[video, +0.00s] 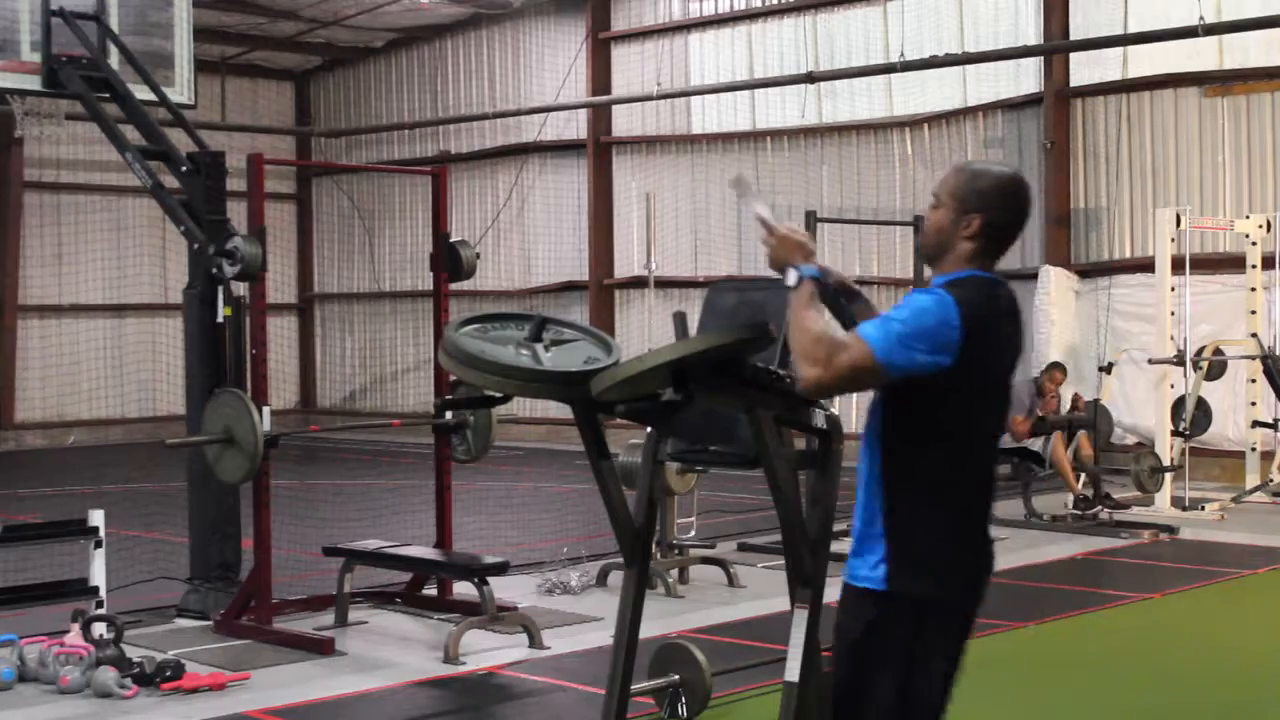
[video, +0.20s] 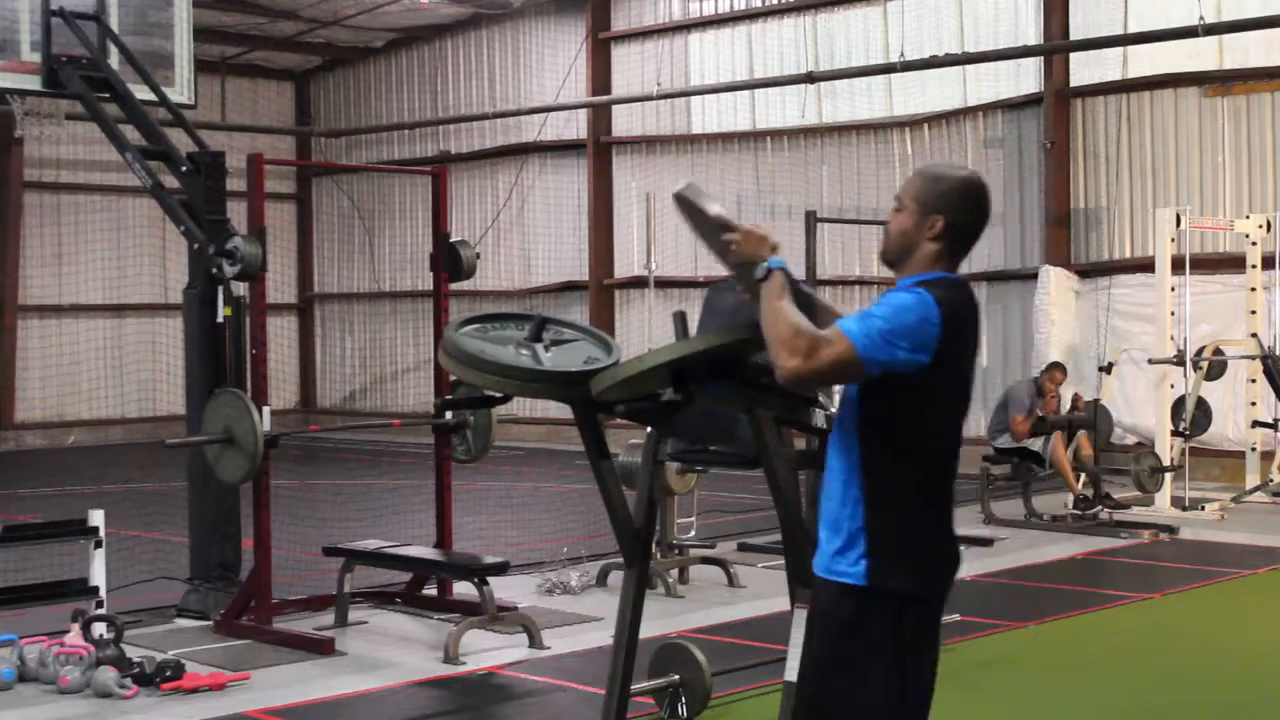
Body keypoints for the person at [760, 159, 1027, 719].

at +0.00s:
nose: (922, 215)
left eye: (935, 205)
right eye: (930, 202)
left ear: (971, 227)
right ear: (977, 231)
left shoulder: (947, 309)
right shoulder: (992, 304)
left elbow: (820, 366)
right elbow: (903, 359)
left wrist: (799, 272)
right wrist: (845, 296)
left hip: (900, 575)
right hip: (946, 566)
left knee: (869, 706)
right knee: (910, 707)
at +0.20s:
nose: (886, 218)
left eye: (898, 208)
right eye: (893, 205)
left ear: (934, 228)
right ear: (937, 233)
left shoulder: (921, 308)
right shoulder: (946, 301)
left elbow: (800, 361)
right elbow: (842, 336)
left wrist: (767, 269)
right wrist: (772, 279)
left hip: (871, 570)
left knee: (837, 707)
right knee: (884, 706)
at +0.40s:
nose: (849, 216)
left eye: (863, 206)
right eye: (856, 204)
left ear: (899, 224)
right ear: (901, 228)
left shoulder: (896, 301)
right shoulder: (904, 297)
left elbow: (788, 362)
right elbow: (809, 348)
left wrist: (739, 278)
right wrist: (731, 295)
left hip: (854, 570)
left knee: (787, 707)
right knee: (860, 708)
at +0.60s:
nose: (816, 213)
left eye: (827, 202)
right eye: (822, 201)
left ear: (863, 219)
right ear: (868, 223)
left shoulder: (870, 297)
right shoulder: (879, 291)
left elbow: (774, 364)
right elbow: (791, 350)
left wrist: (715, 283)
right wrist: (717, 288)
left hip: (844, 561)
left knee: (819, 707)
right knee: (859, 706)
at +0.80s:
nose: (793, 215)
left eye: (806, 203)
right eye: (798, 202)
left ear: (844, 217)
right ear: (846, 219)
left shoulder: (857, 296)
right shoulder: (848, 289)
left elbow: (766, 369)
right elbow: (777, 350)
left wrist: (701, 293)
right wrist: (702, 298)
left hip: (845, 559)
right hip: (834, 550)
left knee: (827, 707)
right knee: (824, 703)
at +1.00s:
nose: (783, 218)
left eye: (795, 206)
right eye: (787, 205)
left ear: (834, 217)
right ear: (838, 219)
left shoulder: (850, 295)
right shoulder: (844, 288)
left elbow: (764, 368)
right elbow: (775, 351)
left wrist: (698, 293)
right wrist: (700, 299)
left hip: (840, 565)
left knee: (824, 708)